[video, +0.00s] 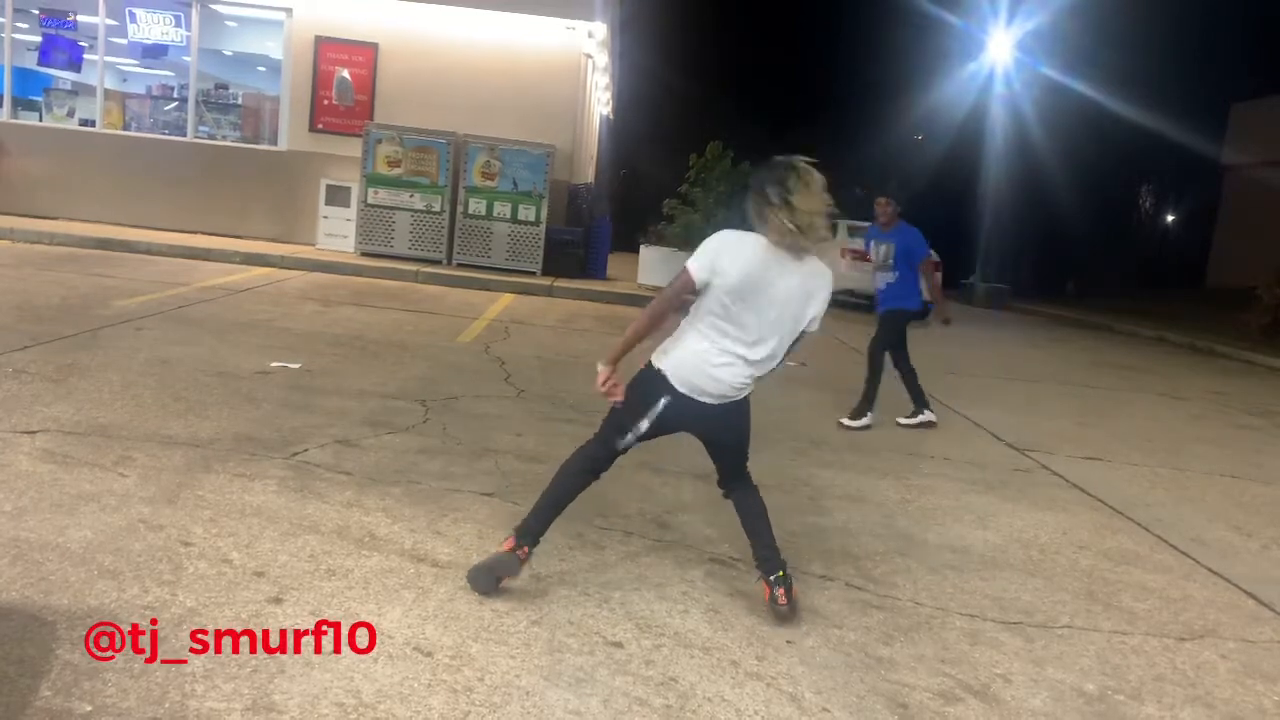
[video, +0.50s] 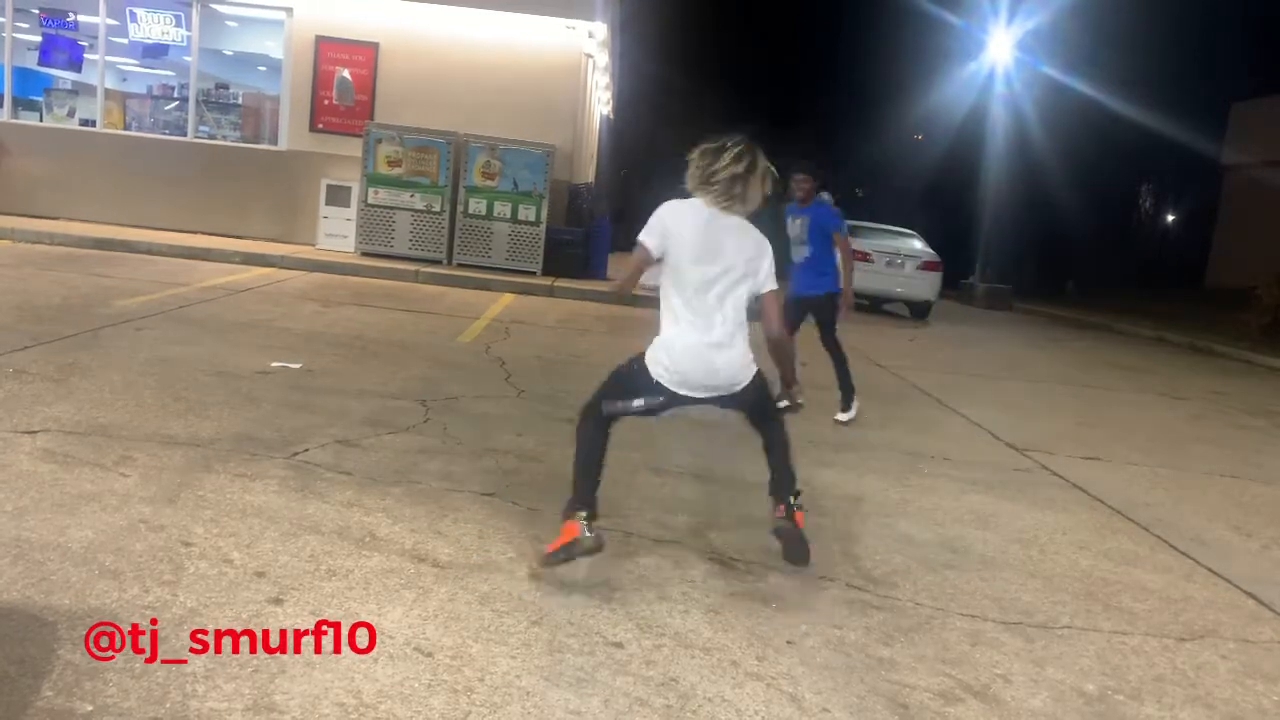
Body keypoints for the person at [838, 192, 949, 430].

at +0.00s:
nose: (882, 210)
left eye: (887, 206)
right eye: (879, 206)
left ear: (896, 209)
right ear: (874, 209)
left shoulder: (910, 235)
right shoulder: (873, 233)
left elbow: (929, 271)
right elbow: (875, 258)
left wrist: (941, 307)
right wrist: (855, 255)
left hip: (905, 305)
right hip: (886, 304)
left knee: (875, 348)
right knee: (901, 360)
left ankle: (864, 411)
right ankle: (923, 409)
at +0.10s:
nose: (870, 207)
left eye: (875, 202)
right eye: (867, 202)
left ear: (885, 206)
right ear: (862, 206)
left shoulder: (898, 233)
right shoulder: (861, 230)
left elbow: (917, 269)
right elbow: (865, 258)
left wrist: (925, 304)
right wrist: (852, 256)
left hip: (891, 301)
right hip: (871, 300)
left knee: (870, 354)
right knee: (870, 355)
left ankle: (863, 411)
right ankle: (910, 396)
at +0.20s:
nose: (857, 201)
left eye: (862, 196)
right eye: (853, 196)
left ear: (872, 198)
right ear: (849, 198)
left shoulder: (884, 226)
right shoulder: (848, 224)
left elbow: (897, 266)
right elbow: (849, 253)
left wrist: (900, 305)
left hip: (879, 299)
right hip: (856, 297)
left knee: (867, 350)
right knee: (845, 349)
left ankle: (864, 409)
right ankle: (878, 389)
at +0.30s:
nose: (835, 204)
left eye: (840, 199)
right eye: (831, 199)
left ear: (850, 201)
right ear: (826, 200)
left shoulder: (865, 229)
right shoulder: (828, 227)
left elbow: (878, 270)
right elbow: (827, 261)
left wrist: (875, 309)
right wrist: (821, 290)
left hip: (861, 304)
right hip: (836, 302)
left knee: (855, 352)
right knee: (812, 342)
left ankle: (865, 411)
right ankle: (813, 397)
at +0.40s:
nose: (818, 205)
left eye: (824, 201)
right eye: (816, 200)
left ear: (835, 203)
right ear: (814, 203)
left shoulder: (847, 229)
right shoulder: (815, 228)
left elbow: (865, 270)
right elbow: (820, 264)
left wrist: (865, 312)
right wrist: (816, 289)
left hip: (846, 304)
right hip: (822, 302)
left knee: (847, 356)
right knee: (796, 342)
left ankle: (863, 411)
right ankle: (793, 397)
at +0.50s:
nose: (800, 188)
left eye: (805, 182)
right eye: (796, 183)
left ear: (815, 185)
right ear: (790, 186)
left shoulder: (827, 212)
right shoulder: (789, 212)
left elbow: (845, 249)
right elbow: (795, 249)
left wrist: (847, 289)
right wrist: (790, 282)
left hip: (824, 288)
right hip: (798, 287)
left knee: (829, 340)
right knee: (782, 337)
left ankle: (848, 398)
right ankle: (789, 392)